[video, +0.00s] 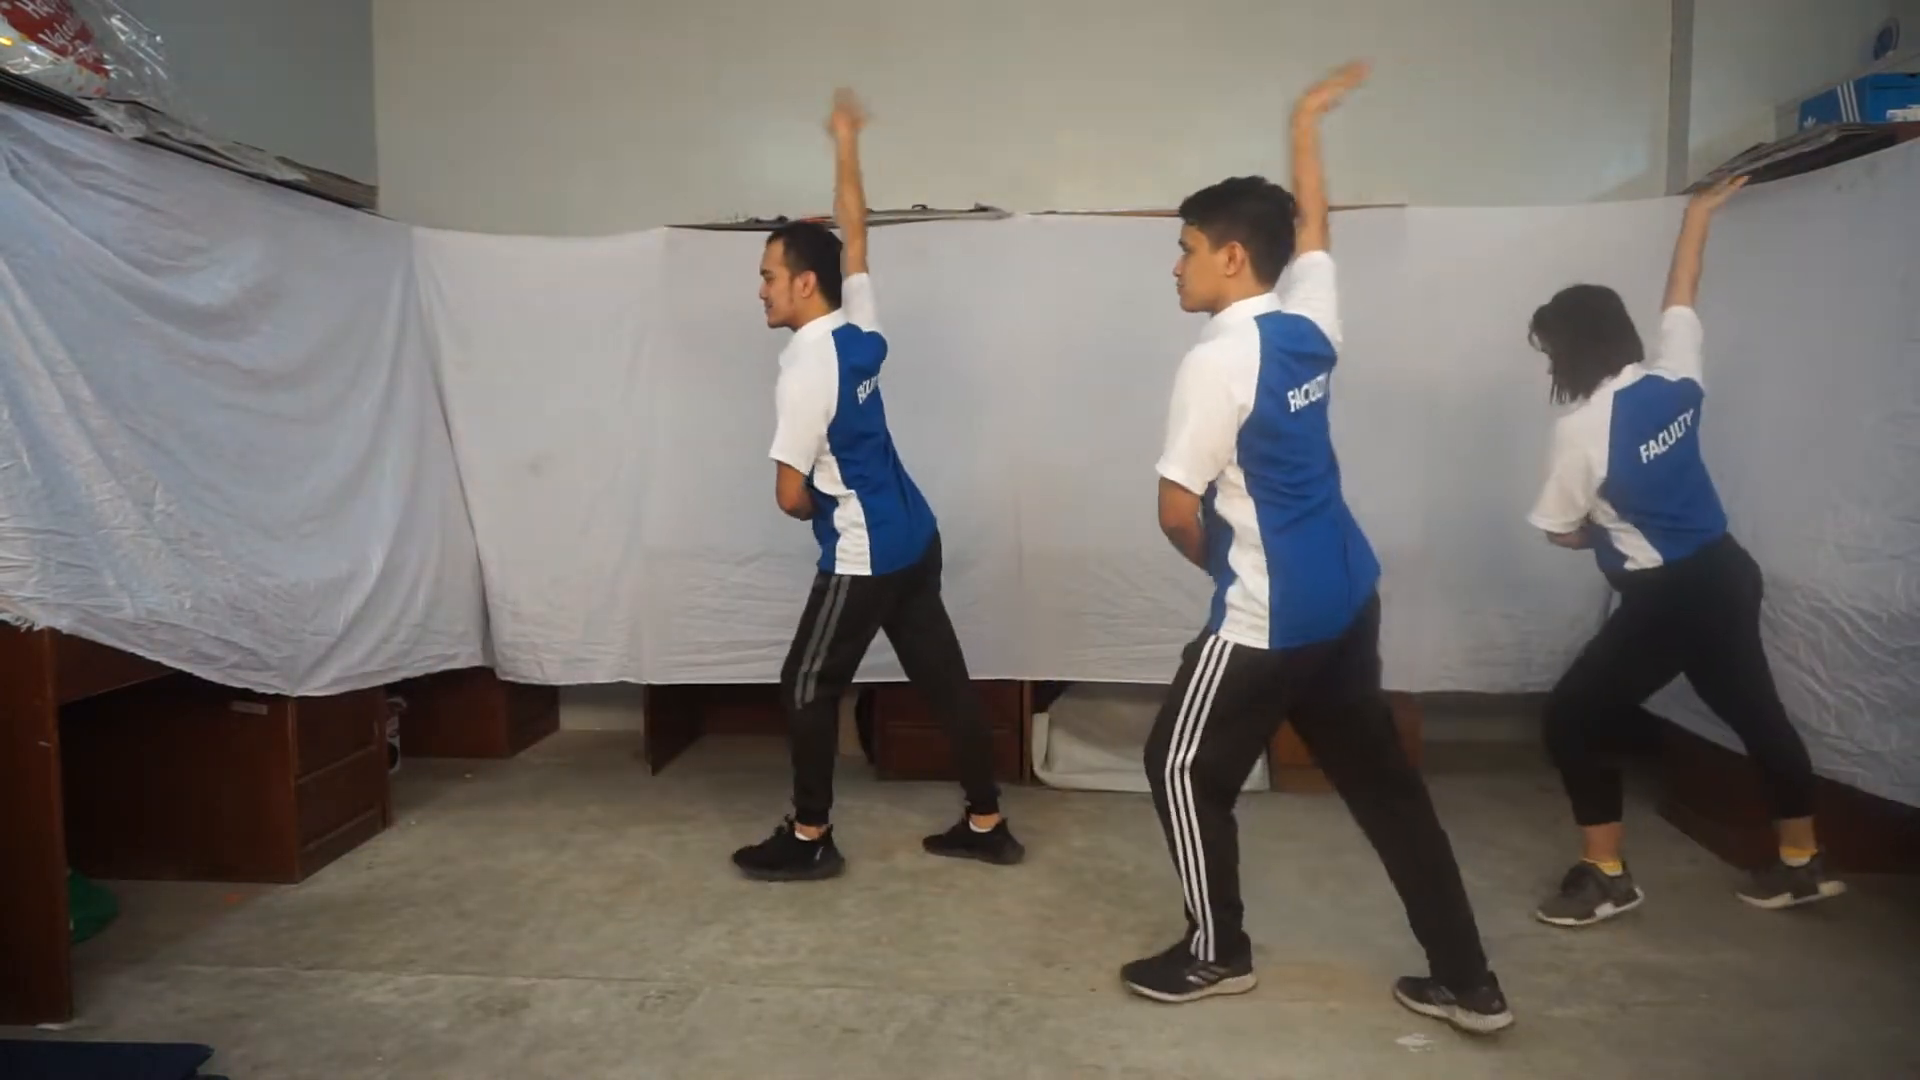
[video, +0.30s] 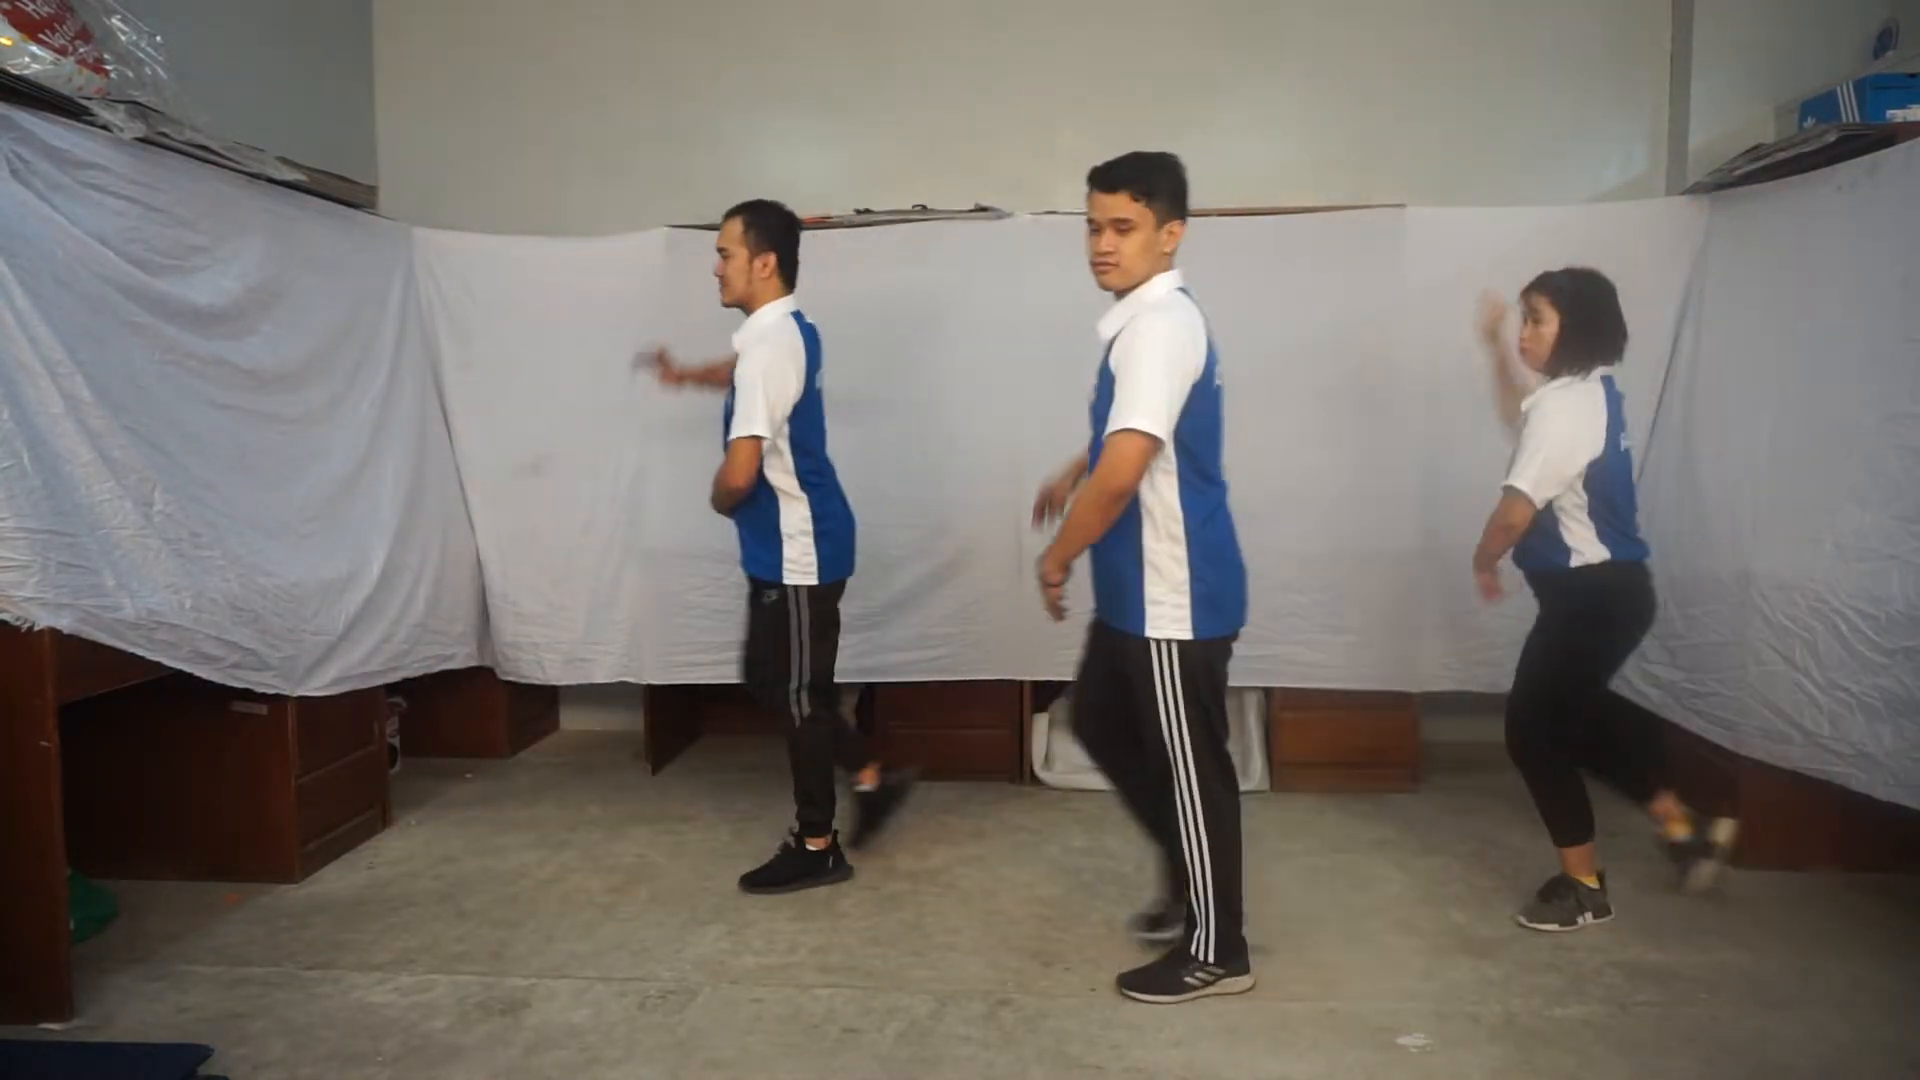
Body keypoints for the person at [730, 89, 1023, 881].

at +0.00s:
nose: (763, 291)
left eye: (771, 279)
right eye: (764, 278)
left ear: (810, 285)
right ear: (821, 283)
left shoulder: (806, 363)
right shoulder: (858, 326)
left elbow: (790, 496)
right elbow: (854, 233)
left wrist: (836, 505)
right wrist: (846, 145)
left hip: (861, 553)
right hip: (912, 538)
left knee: (808, 687)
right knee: (948, 685)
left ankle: (809, 836)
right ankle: (985, 822)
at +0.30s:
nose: (715, 268)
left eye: (724, 256)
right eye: (717, 254)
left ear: (764, 264)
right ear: (767, 264)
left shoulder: (765, 343)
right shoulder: (787, 324)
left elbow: (739, 474)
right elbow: (749, 376)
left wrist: (721, 499)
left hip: (800, 550)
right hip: (785, 543)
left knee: (803, 694)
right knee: (768, 677)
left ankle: (817, 843)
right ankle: (871, 777)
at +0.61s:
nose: (641, 259)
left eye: (659, 248)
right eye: (635, 247)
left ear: (693, 261)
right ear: (629, 256)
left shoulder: (694, 340)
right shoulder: (646, 336)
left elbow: (700, 459)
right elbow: (645, 433)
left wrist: (639, 522)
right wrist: (613, 483)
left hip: (700, 558)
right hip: (650, 553)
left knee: (714, 697)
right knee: (651, 694)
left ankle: (793, 824)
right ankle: (655, 825)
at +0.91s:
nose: (571, 262)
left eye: (586, 251)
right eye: (559, 249)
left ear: (609, 264)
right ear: (541, 259)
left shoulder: (628, 348)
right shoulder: (524, 349)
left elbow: (667, 454)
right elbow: (496, 442)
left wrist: (585, 482)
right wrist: (489, 491)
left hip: (608, 567)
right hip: (536, 563)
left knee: (601, 701)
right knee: (500, 675)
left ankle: (638, 842)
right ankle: (533, 815)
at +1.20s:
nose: (510, 260)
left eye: (519, 248)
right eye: (493, 248)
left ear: (531, 258)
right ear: (459, 258)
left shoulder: (556, 337)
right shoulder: (425, 350)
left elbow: (644, 293)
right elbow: (414, 462)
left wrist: (601, 206)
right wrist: (510, 516)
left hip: (546, 549)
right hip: (468, 556)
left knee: (548, 681)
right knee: (468, 696)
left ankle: (515, 769)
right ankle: (464, 828)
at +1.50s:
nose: (504, 267)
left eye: (509, 255)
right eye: (489, 257)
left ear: (511, 262)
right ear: (453, 268)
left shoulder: (496, 322)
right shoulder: (448, 352)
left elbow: (503, 232)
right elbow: (459, 469)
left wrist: (505, 150)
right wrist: (541, 497)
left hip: (508, 536)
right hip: (460, 545)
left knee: (477, 672)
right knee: (470, 687)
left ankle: (450, 776)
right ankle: (469, 825)